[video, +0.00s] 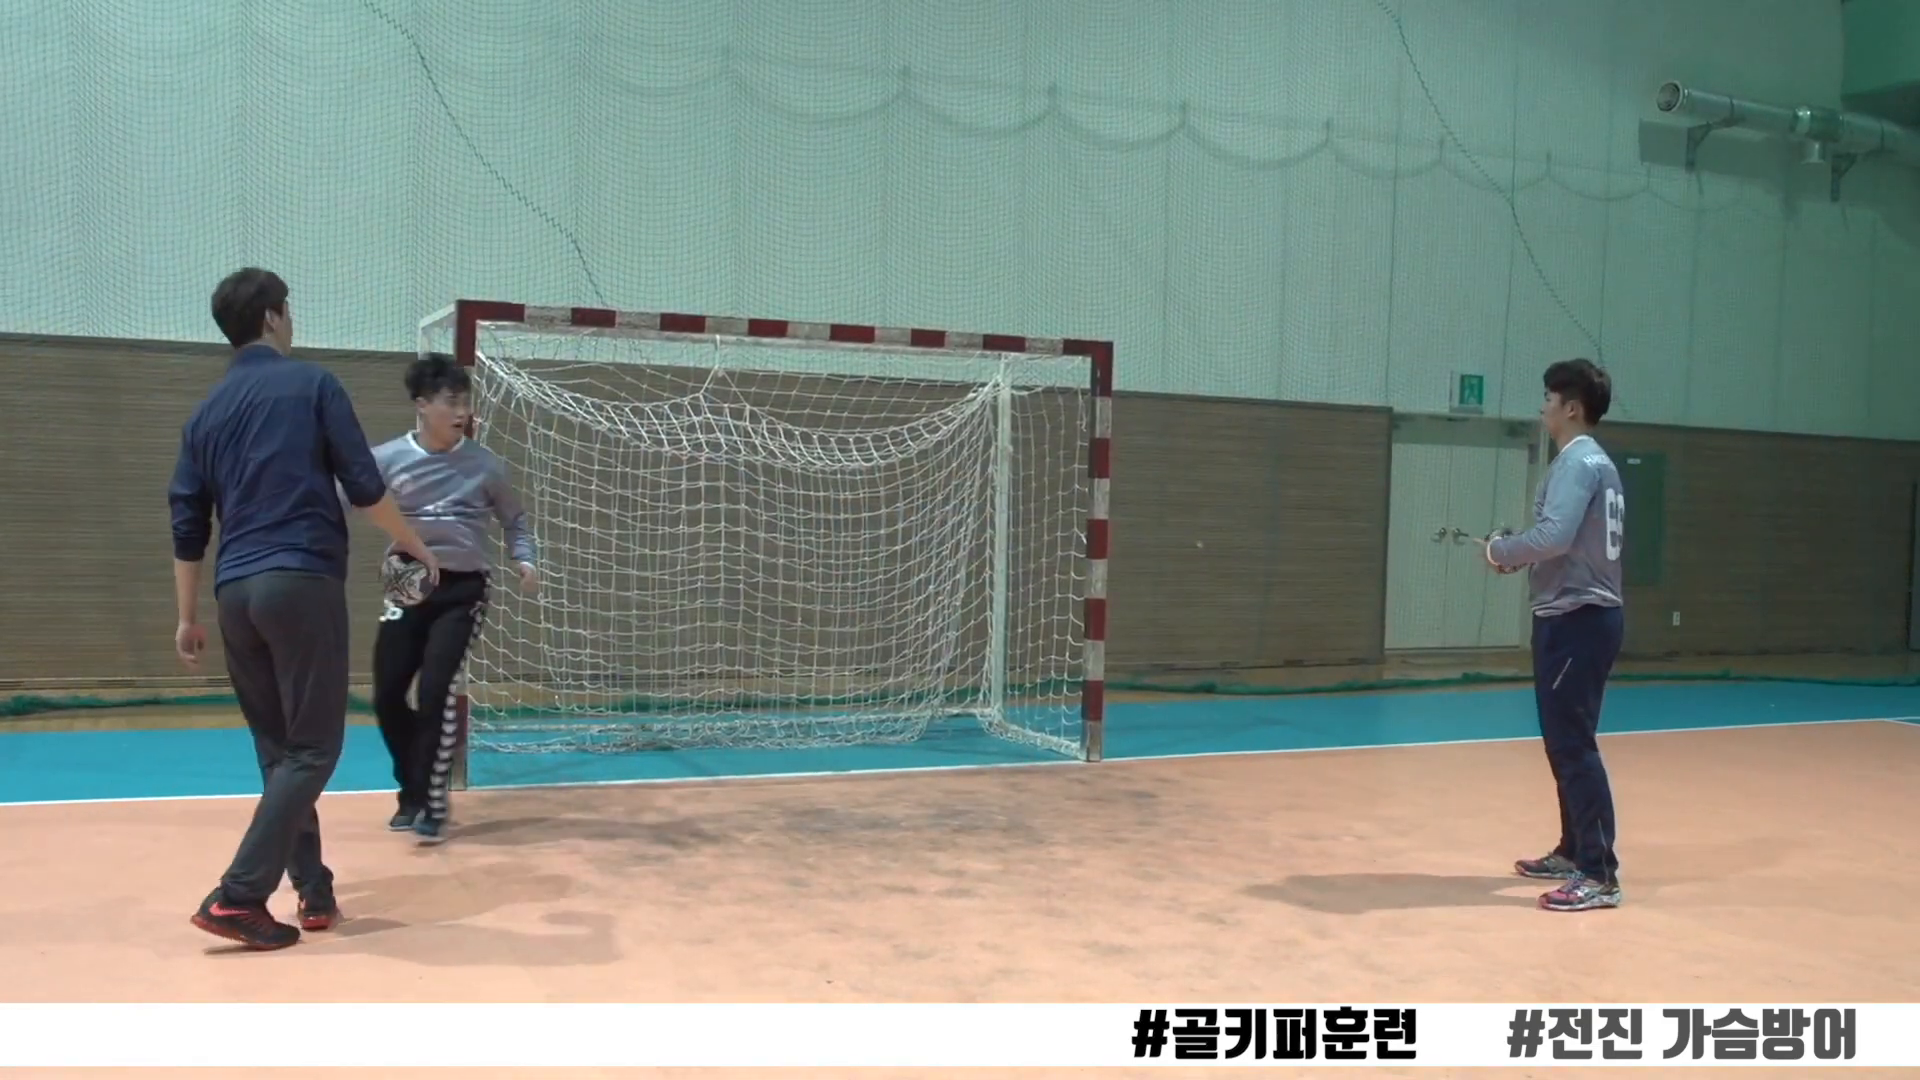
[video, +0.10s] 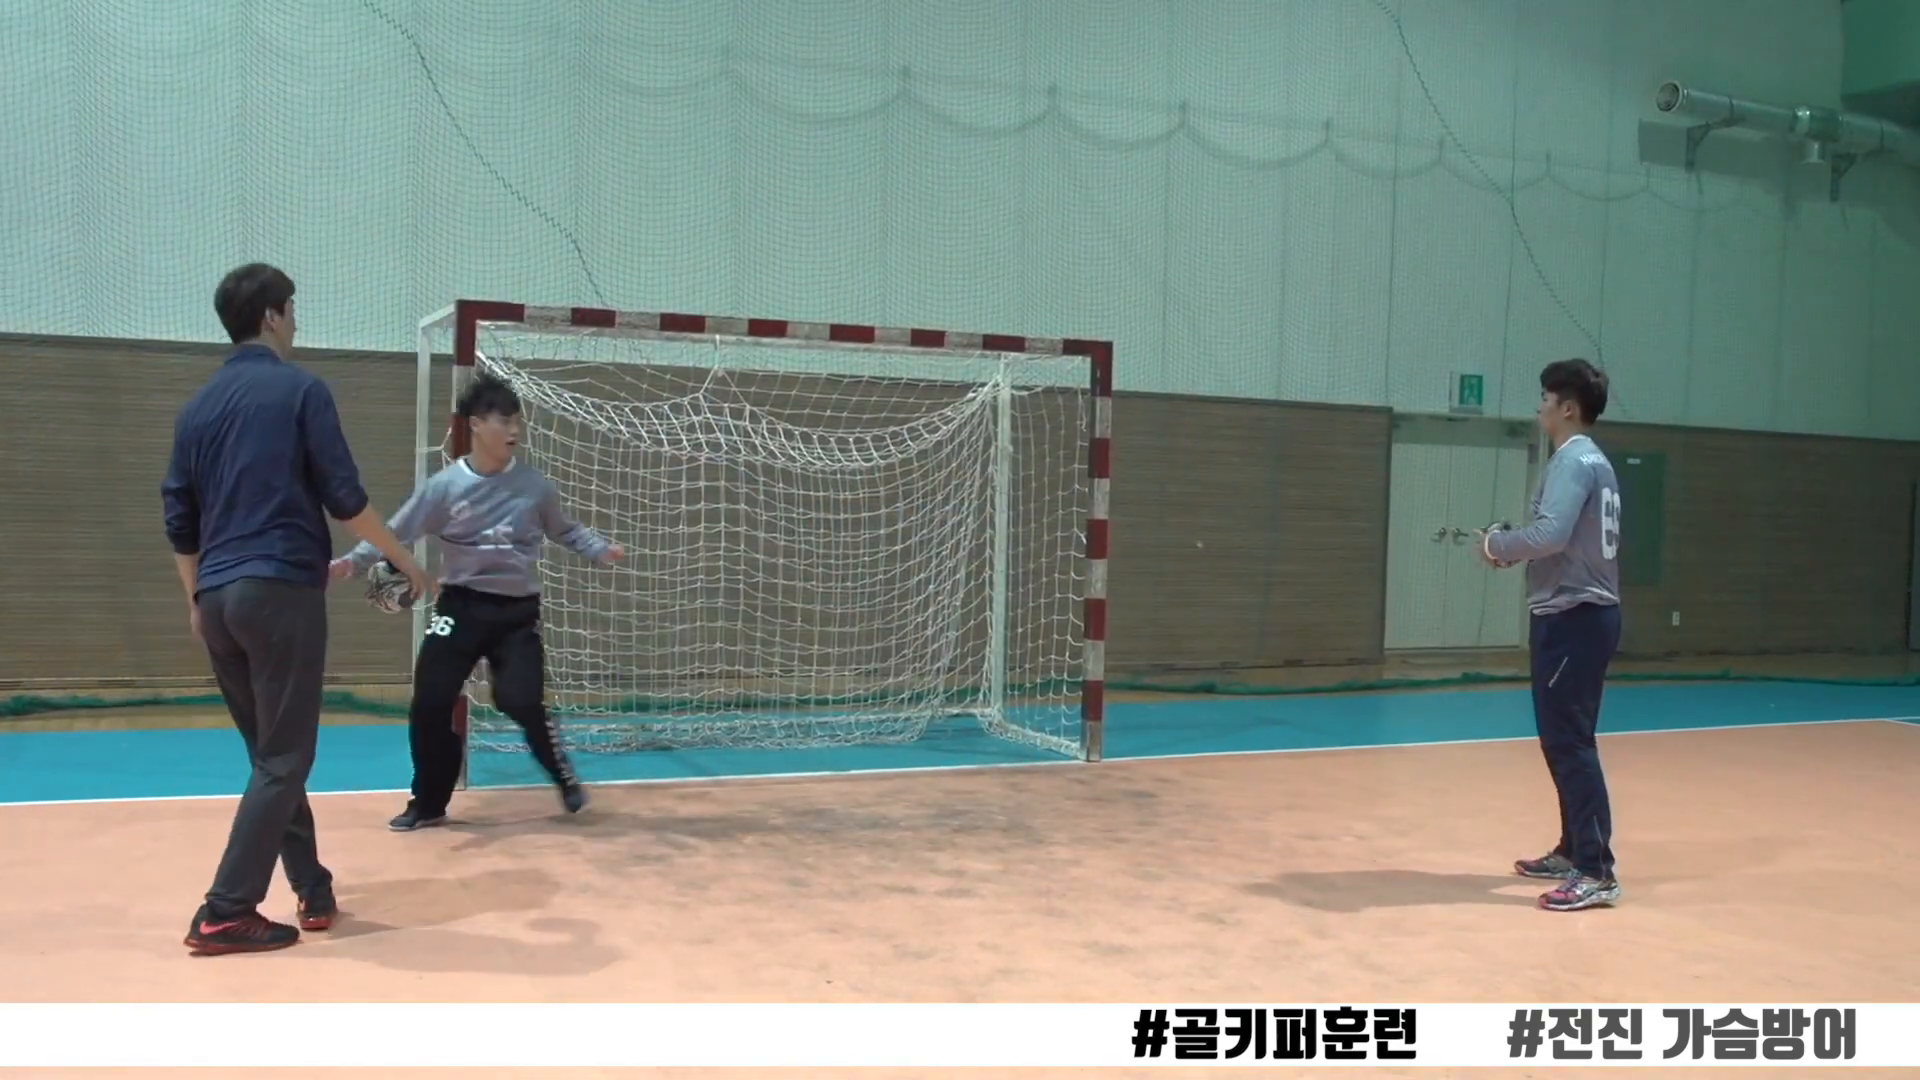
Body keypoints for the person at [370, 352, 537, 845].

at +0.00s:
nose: (462, 410)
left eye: (465, 400)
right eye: (451, 401)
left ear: (470, 404)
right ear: (420, 406)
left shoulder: (485, 467)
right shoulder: (386, 460)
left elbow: (516, 521)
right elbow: (338, 497)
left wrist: (525, 559)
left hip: (462, 590)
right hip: (407, 590)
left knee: (433, 692)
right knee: (387, 696)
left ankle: (432, 804)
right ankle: (412, 793)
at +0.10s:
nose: (515, 429)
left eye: (517, 420)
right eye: (503, 420)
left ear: (519, 426)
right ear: (473, 425)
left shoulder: (534, 485)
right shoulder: (443, 487)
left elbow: (566, 531)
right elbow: (394, 535)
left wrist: (601, 550)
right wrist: (351, 561)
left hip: (517, 612)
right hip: (461, 608)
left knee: (520, 699)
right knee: (429, 701)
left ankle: (565, 779)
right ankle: (429, 802)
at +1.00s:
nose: (1078, 458)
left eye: (1080, 450)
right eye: (1069, 449)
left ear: (1079, 456)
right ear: (1041, 454)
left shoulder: (1076, 504)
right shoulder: (1013, 506)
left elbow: (1115, 517)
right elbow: (980, 542)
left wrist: (1154, 486)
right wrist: (974, 520)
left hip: (1048, 626)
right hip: (1011, 630)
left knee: (1042, 693)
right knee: (1079, 703)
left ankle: (1017, 753)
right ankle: (1096, 817)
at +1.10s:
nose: (1109, 409)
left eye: (1109, 400)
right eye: (1099, 400)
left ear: (1103, 407)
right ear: (1071, 406)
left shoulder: (1107, 454)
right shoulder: (1047, 452)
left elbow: (1140, 438)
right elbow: (1032, 408)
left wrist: (1148, 389)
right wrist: (1065, 345)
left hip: (1077, 576)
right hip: (1041, 582)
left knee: (1116, 656)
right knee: (1088, 695)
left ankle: (1044, 719)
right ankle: (1096, 813)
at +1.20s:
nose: (1142, 358)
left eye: (1145, 350)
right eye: (1134, 349)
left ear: (1138, 356)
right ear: (1103, 351)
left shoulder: (1131, 399)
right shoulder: (1072, 388)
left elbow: (1169, 396)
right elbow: (1039, 355)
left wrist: (1210, 363)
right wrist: (1083, 301)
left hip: (1108, 531)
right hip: (1070, 531)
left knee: (1165, 603)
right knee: (1082, 647)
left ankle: (1089, 670)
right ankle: (1060, 769)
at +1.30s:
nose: (1172, 331)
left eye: (1176, 322)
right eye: (1162, 320)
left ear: (1179, 327)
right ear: (1133, 320)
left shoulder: (1161, 382)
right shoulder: (1102, 363)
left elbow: (1181, 422)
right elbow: (1059, 352)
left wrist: (1225, 429)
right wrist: (1077, 301)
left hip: (1135, 505)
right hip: (1094, 500)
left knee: (1207, 592)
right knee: (1104, 579)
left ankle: (1136, 679)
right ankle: (1039, 694)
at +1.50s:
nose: (1215, 352)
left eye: (1222, 344)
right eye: (1204, 341)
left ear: (1227, 352)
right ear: (1174, 345)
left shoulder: (1219, 412)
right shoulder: (1157, 394)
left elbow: (1209, 492)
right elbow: (1139, 379)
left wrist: (1230, 539)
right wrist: (1151, 330)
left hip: (1201, 564)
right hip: (1151, 543)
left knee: (1239, 671)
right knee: (1129, 485)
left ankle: (1275, 793)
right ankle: (1082, 470)